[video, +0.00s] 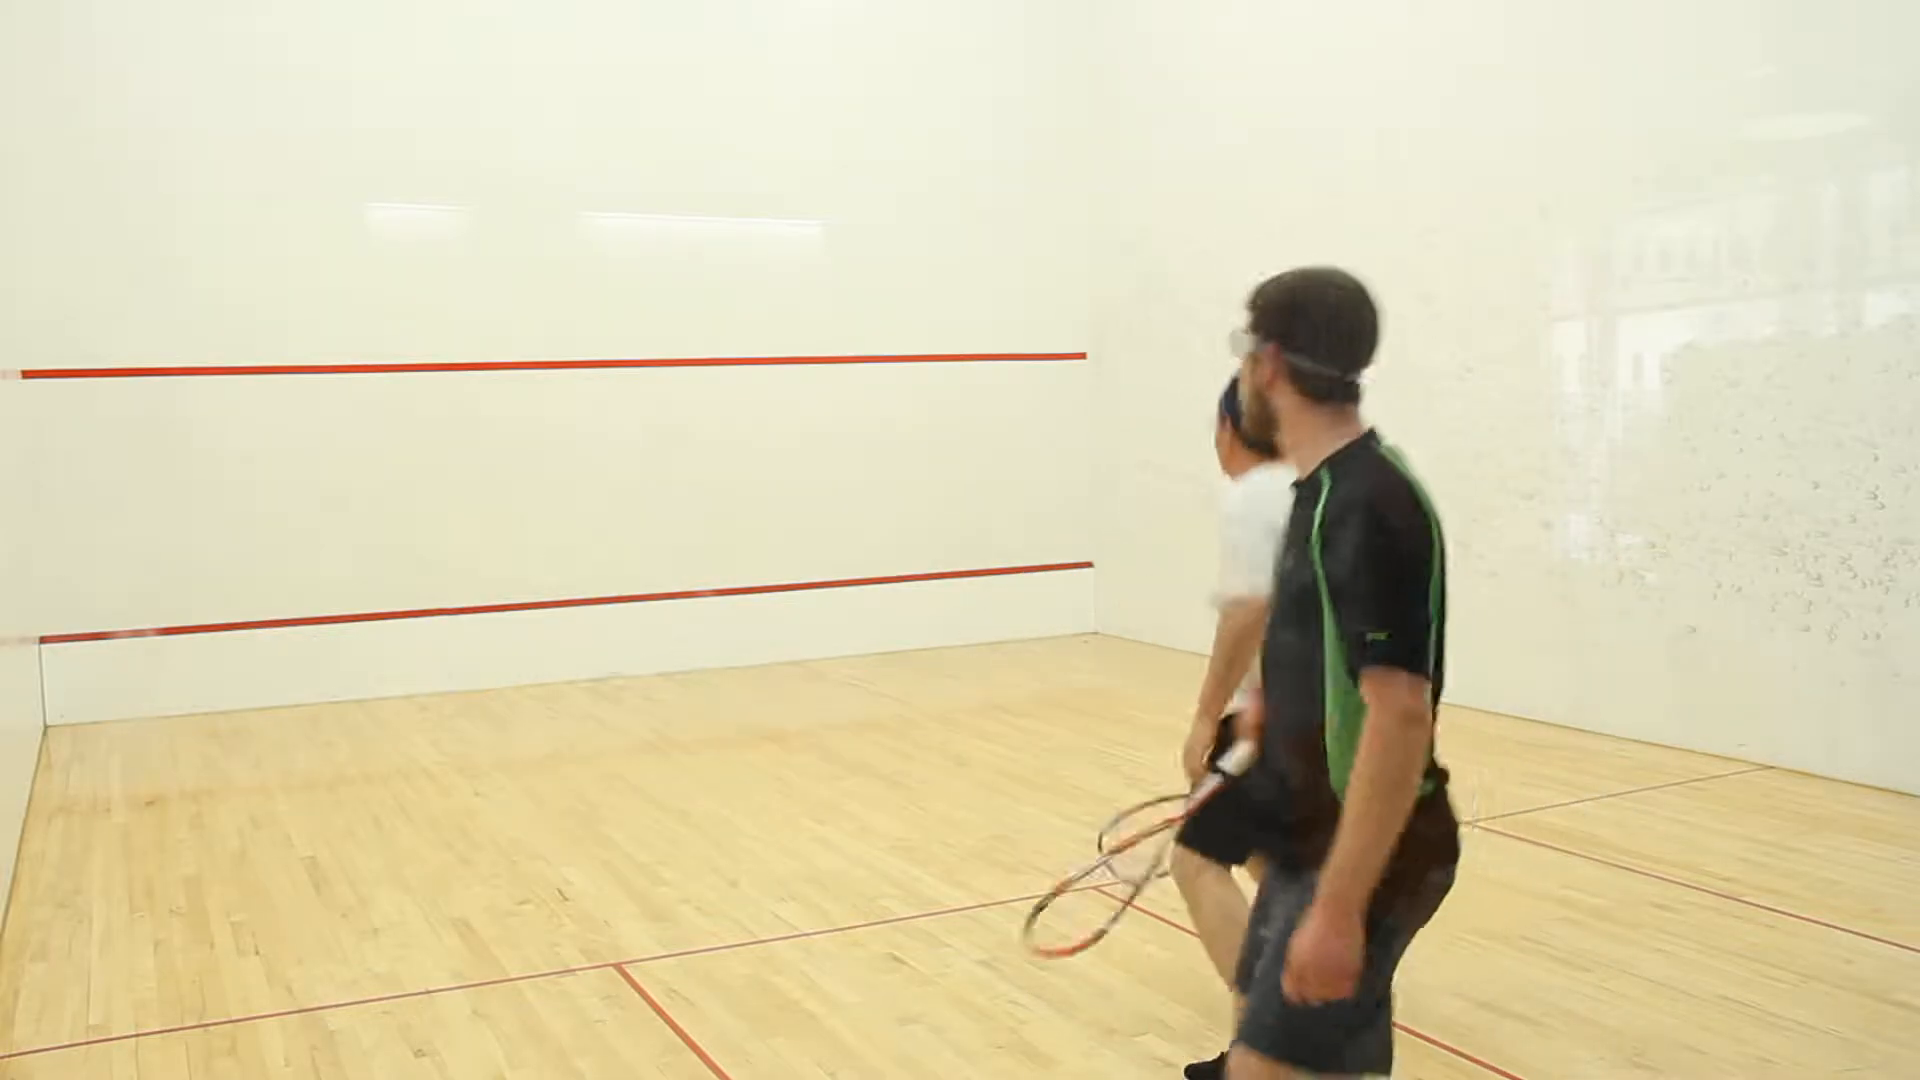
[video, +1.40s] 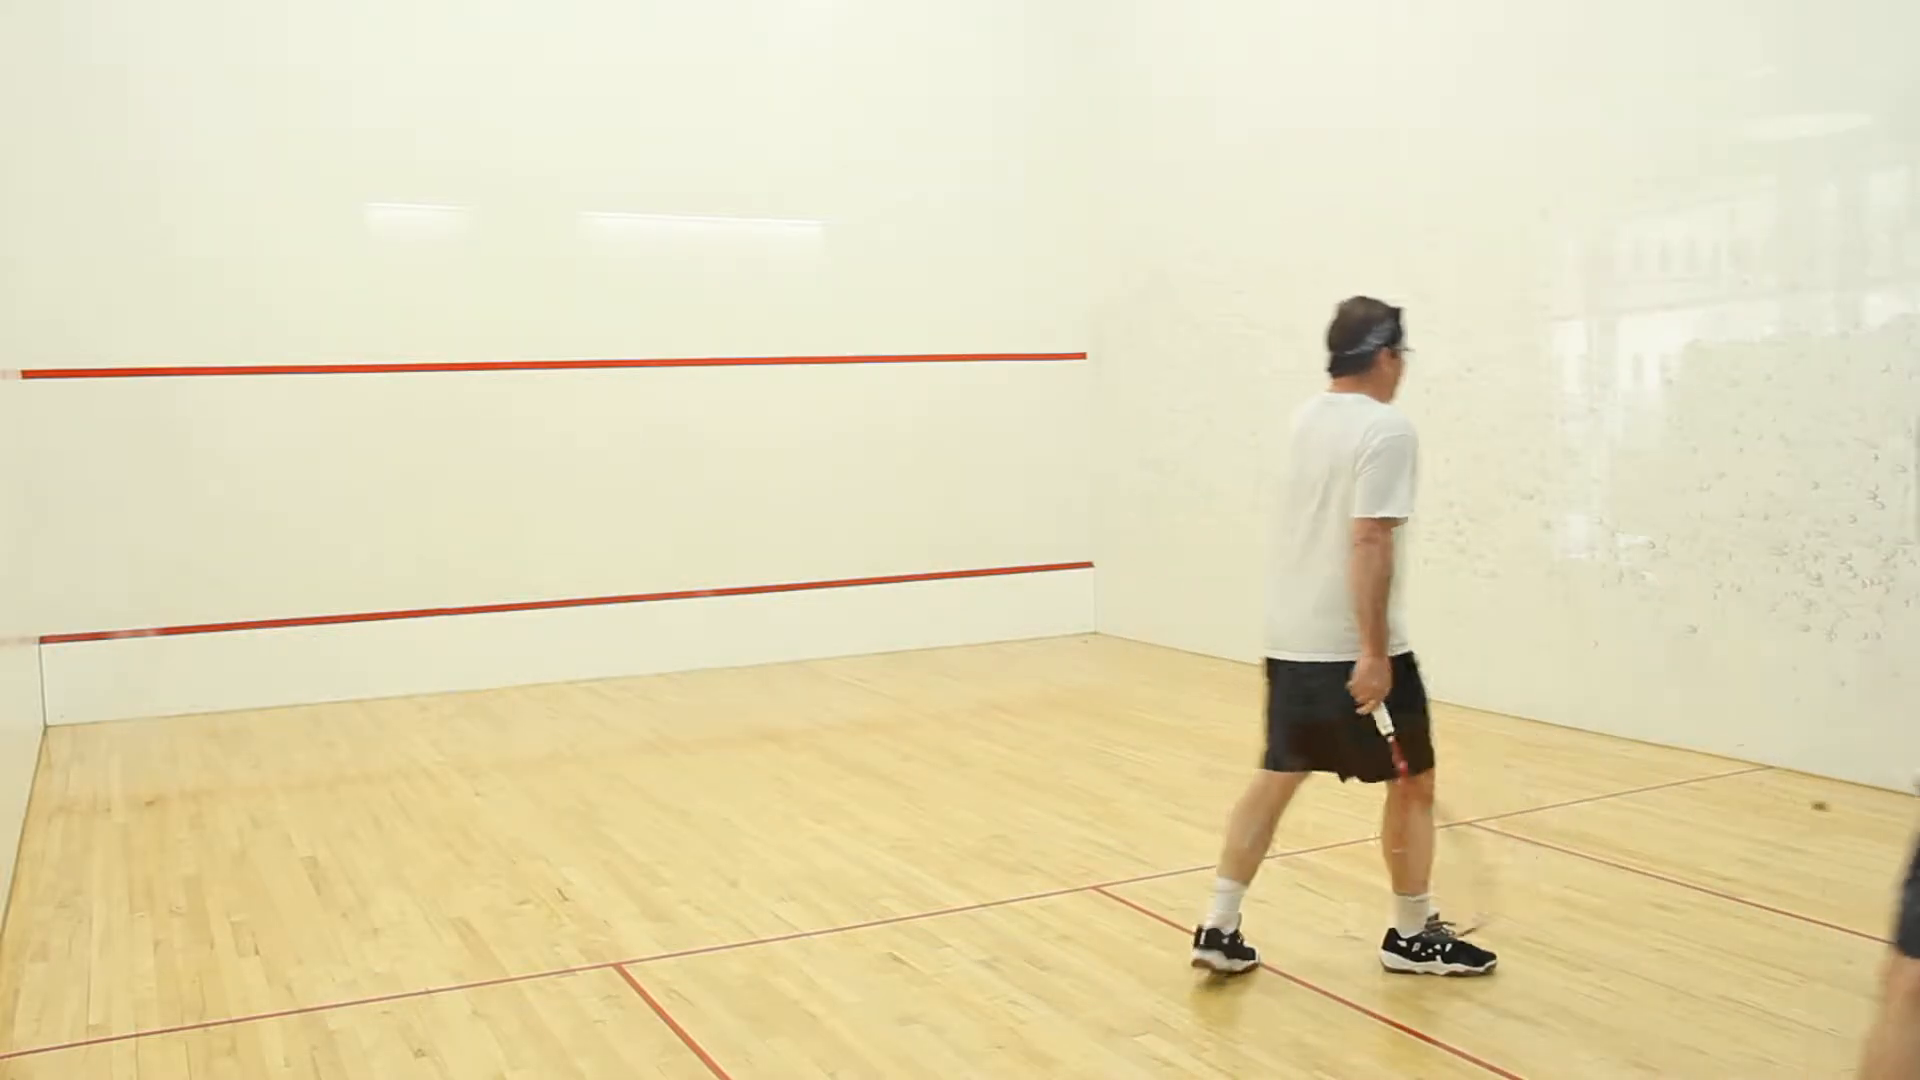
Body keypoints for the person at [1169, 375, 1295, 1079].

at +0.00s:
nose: (1214, 440)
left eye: (1217, 425)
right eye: (1219, 424)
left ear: (1231, 427)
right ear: (1275, 431)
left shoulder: (1253, 495)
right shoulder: (1312, 491)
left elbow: (1247, 610)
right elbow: (1317, 627)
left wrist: (1206, 716)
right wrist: (1266, 700)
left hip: (1280, 729)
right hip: (1315, 722)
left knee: (1195, 852)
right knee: (1277, 862)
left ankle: (1261, 1027)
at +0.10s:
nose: (1211, 397)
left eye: (1212, 386)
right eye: (1217, 386)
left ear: (1223, 388)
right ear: (1278, 390)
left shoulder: (1239, 451)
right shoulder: (1310, 452)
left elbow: (1249, 544)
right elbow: (1330, 571)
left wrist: (1222, 661)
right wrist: (1304, 668)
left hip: (1254, 683)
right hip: (1304, 681)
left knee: (1215, 839)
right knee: (1280, 834)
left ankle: (1266, 1025)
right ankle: (1312, 1001)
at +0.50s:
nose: (1232, 367)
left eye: (1232, 355)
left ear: (1236, 361)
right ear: (1300, 366)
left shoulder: (1222, 441)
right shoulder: (1339, 450)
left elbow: (1180, 555)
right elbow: (1363, 568)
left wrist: (1132, 601)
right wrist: (1349, 651)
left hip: (1228, 671)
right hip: (1315, 675)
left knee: (1176, 799)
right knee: (1271, 806)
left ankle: (1222, 961)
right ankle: (1274, 970)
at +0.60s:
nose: (1231, 357)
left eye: (1232, 348)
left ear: (1236, 353)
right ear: (1302, 356)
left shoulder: (1216, 435)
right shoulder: (1346, 442)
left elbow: (1178, 545)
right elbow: (1372, 562)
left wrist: (1152, 561)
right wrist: (1361, 640)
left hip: (1223, 667)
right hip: (1314, 669)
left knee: (1182, 792)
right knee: (1281, 807)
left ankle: (1198, 954)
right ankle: (1274, 974)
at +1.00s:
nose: (1318, 357)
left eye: (1310, 347)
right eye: (1316, 348)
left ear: (1247, 355)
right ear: (1308, 355)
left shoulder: (1210, 434)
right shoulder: (1333, 431)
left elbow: (1181, 536)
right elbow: (1366, 543)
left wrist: (1258, 531)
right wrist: (1415, 635)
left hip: (1214, 655)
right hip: (1301, 657)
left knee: (1225, 787)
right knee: (1314, 792)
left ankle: (1210, 943)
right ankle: (1274, 928)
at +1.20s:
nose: (1345, 356)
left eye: (1341, 344)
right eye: (1343, 345)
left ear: (1277, 356)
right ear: (1333, 351)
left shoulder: (1244, 423)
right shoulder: (1338, 428)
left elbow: (1217, 514)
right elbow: (1346, 542)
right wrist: (1369, 654)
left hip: (1240, 649)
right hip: (1313, 652)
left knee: (1242, 775)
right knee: (1393, 758)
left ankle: (1212, 940)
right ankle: (1352, 920)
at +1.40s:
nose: (1404, 366)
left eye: (1402, 354)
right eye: (1401, 354)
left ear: (1338, 358)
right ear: (1385, 357)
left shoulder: (1308, 419)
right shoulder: (1386, 428)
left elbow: (1299, 532)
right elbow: (1370, 539)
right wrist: (1373, 652)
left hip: (1290, 647)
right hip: (1362, 654)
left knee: (1279, 772)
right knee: (1412, 778)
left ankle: (1217, 926)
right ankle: (1412, 929)